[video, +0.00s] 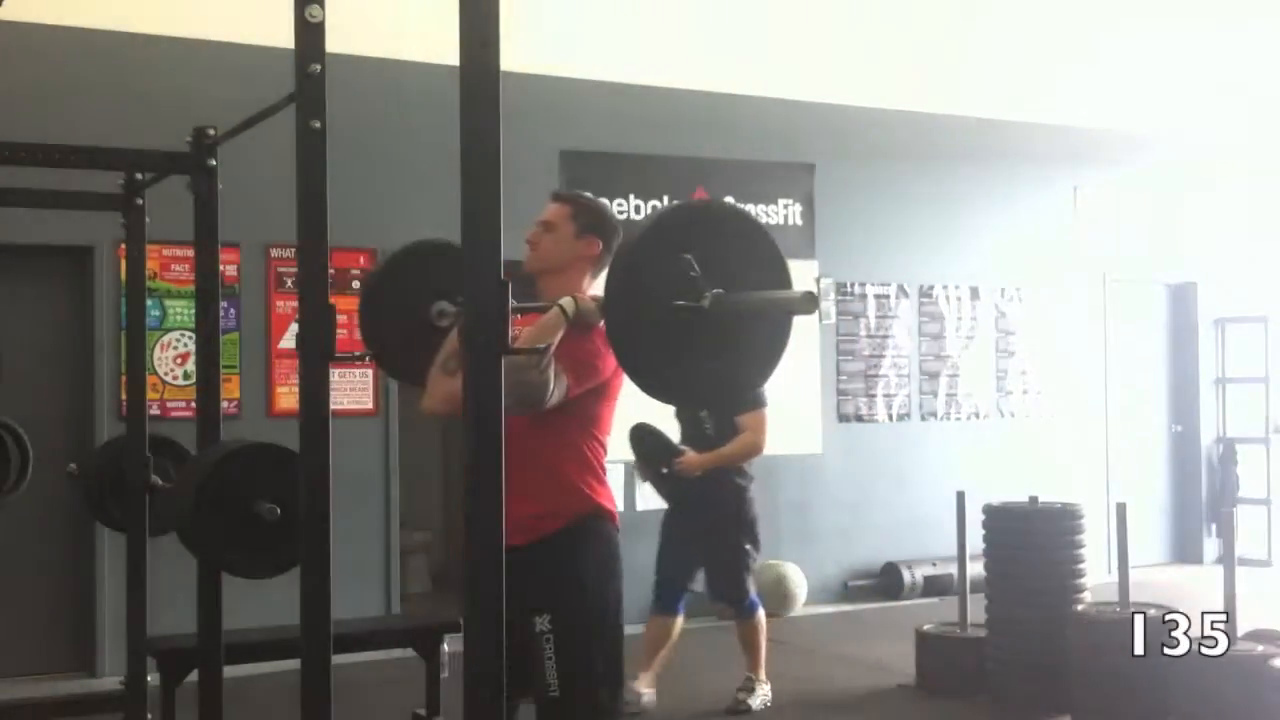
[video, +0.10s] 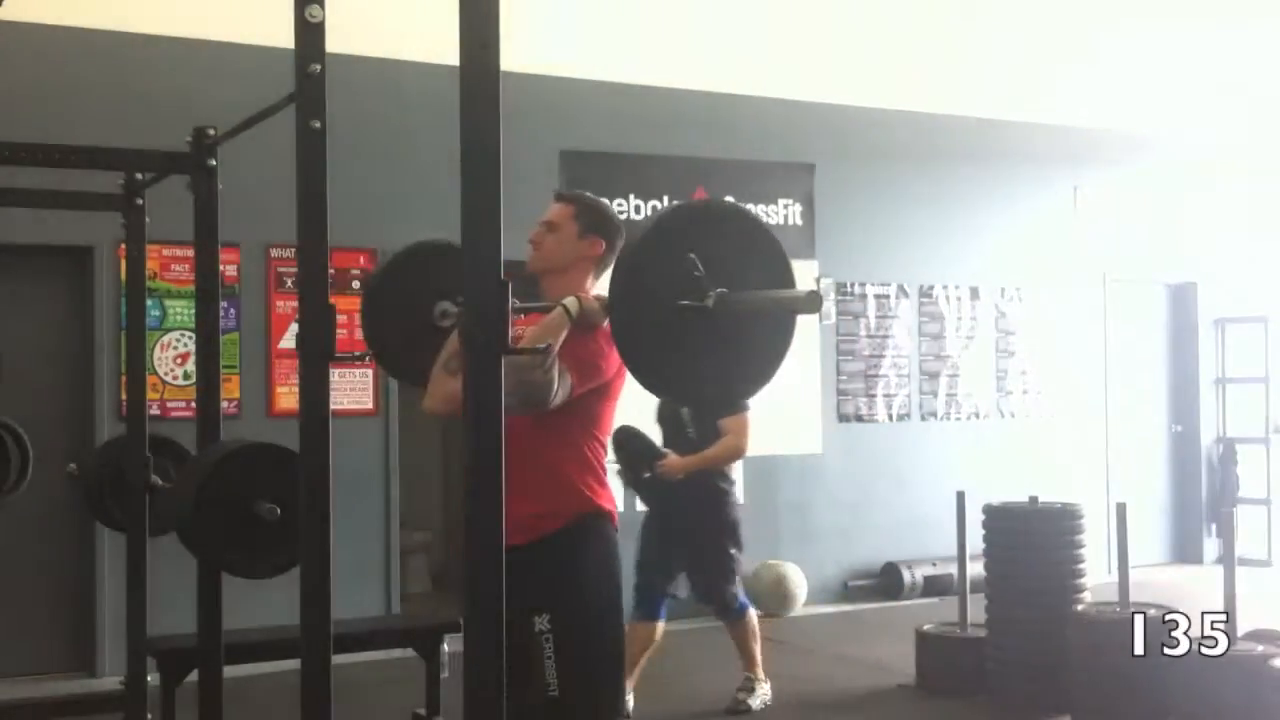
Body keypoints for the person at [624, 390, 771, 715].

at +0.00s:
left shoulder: (738, 377)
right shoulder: (682, 383)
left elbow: (754, 441)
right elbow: (693, 443)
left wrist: (702, 461)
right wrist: (660, 464)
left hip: (728, 498)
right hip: (687, 498)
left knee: (740, 592)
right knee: (667, 592)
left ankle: (758, 681)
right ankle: (645, 681)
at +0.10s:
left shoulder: (721, 383)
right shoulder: (669, 391)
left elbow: (737, 443)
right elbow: (677, 448)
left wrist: (683, 464)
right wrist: (645, 464)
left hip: (709, 502)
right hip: (667, 503)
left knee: (726, 593)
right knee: (648, 596)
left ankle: (756, 680)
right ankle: (623, 689)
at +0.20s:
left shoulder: (702, 382)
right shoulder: (651, 391)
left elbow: (718, 442)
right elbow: (657, 445)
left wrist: (666, 460)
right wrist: (627, 459)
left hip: (687, 508)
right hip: (643, 507)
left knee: (703, 595)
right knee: (628, 601)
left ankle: (753, 673)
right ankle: (617, 693)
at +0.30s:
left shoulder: (676, 370)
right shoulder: (606, 373)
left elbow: (701, 435)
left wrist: (650, 452)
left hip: (661, 498)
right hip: (615, 499)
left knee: (669, 592)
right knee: (618, 602)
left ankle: (734, 660)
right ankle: (618, 695)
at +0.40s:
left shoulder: (662, 368)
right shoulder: (593, 370)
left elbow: (688, 432)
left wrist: (637, 450)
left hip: (647, 493)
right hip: (603, 494)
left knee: (644, 590)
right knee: (613, 598)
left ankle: (699, 657)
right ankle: (616, 695)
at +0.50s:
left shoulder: (653, 373)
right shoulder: (590, 373)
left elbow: (677, 434)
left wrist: (629, 454)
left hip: (637, 489)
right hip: (600, 489)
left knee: (627, 586)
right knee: (610, 591)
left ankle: (655, 679)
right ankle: (614, 686)